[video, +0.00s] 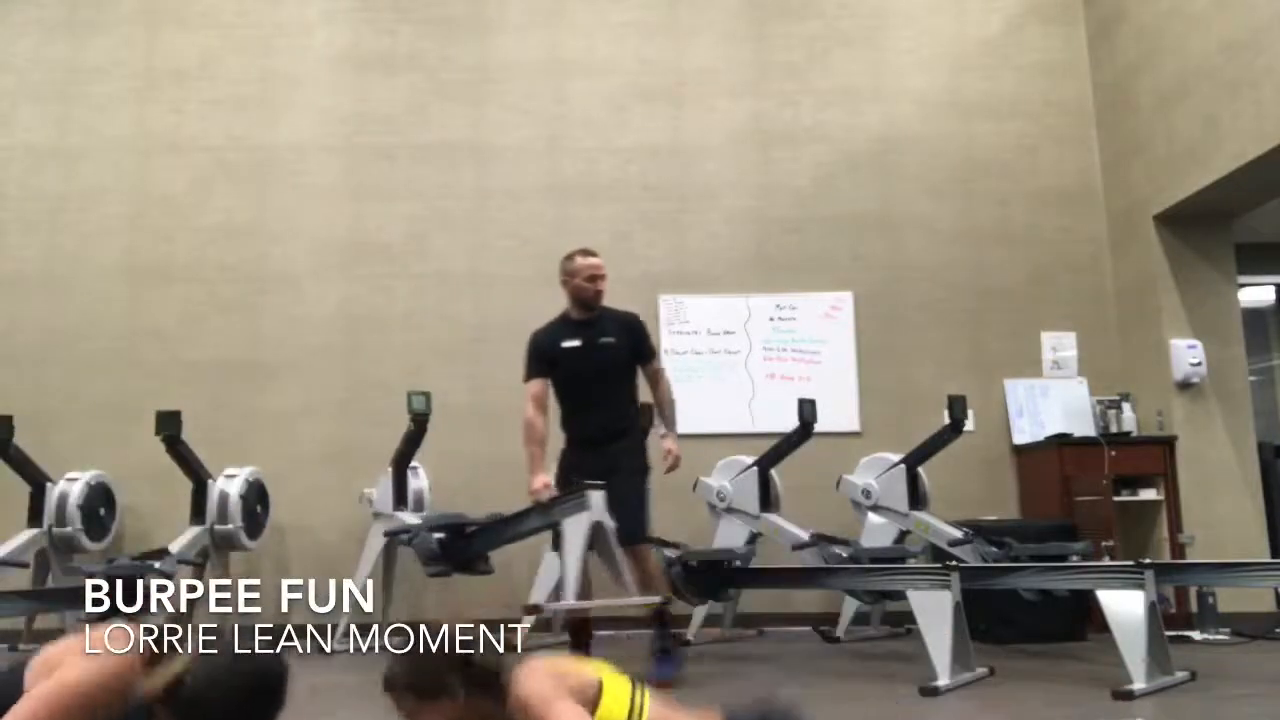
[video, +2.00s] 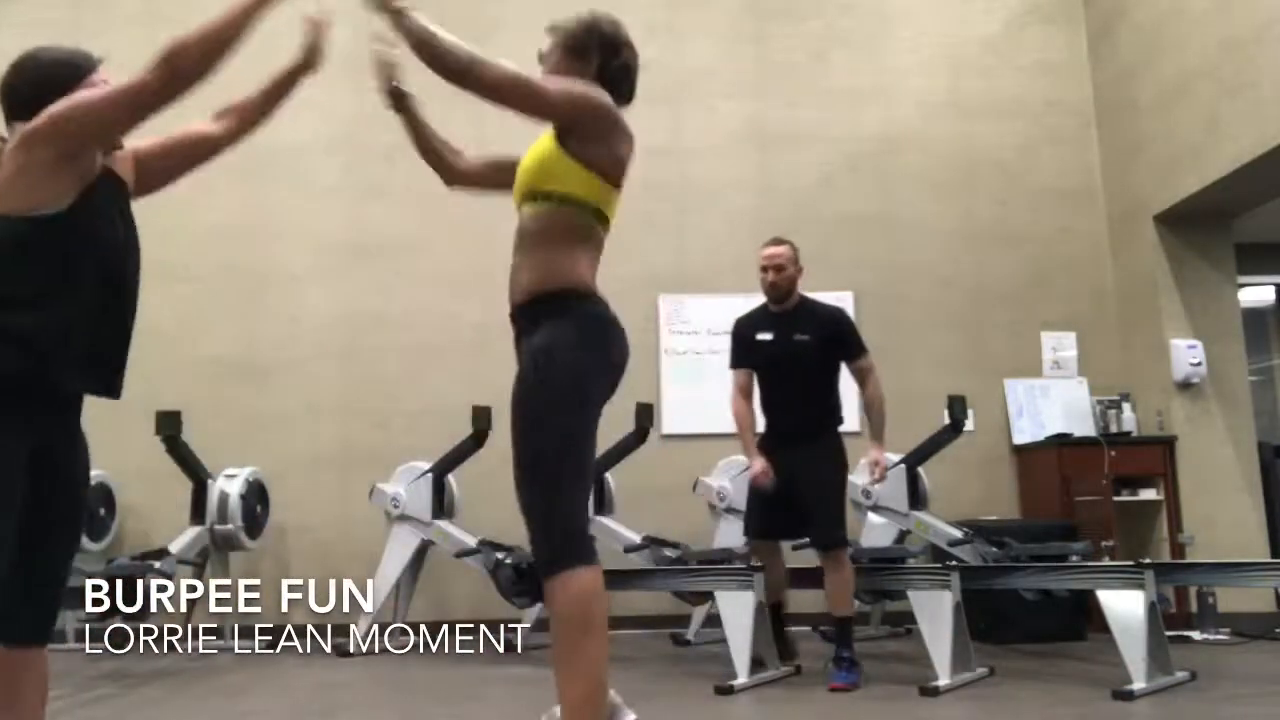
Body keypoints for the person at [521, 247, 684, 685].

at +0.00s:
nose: (599, 285)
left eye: (602, 278)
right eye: (590, 279)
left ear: (606, 280)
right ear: (566, 283)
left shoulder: (629, 327)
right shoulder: (545, 340)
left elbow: (657, 380)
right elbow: (536, 408)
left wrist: (670, 432)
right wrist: (537, 472)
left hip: (626, 450)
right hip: (579, 452)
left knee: (635, 543)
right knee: (570, 550)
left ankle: (665, 639)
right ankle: (580, 651)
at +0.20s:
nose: (652, 294)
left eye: (655, 287)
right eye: (643, 289)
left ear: (660, 288)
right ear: (621, 294)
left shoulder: (685, 333)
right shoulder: (605, 348)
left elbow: (717, 388)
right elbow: (593, 418)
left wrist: (726, 447)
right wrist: (594, 480)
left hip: (684, 457)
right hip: (634, 460)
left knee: (696, 552)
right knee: (611, 554)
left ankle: (718, 647)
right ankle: (587, 651)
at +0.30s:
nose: (663, 300)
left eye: (666, 291)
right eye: (653, 294)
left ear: (671, 290)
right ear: (632, 298)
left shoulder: (701, 331)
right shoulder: (621, 352)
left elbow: (738, 383)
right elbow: (615, 423)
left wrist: (755, 441)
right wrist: (619, 488)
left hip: (701, 456)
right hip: (653, 460)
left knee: (709, 550)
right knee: (642, 549)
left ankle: (719, 644)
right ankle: (643, 645)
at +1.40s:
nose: (673, 301)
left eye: (677, 293)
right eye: (664, 297)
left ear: (688, 293)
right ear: (653, 304)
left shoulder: (726, 328)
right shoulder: (650, 358)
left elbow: (761, 377)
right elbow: (643, 422)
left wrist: (776, 430)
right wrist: (651, 462)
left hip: (744, 450)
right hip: (696, 460)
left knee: (772, 521)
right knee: (696, 550)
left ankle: (740, 596)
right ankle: (703, 643)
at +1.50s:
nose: (687, 297)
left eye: (691, 288)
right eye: (678, 292)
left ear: (701, 290)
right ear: (666, 299)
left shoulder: (737, 327)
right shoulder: (659, 354)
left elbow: (771, 378)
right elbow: (650, 419)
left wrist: (785, 432)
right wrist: (656, 472)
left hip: (752, 450)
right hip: (703, 458)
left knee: (785, 523)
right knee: (700, 551)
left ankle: (787, 620)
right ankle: (703, 643)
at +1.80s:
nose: (749, 289)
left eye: (756, 281)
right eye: (742, 282)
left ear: (770, 283)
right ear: (732, 287)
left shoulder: (803, 331)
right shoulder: (720, 341)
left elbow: (834, 388)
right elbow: (706, 409)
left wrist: (845, 452)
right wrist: (704, 474)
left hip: (799, 458)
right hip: (748, 460)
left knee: (819, 550)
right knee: (730, 553)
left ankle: (843, 652)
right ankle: (710, 644)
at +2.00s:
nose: (771, 276)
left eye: (779, 268)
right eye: (764, 269)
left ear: (799, 272)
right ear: (758, 275)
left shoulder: (831, 320)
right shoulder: (747, 327)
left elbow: (868, 379)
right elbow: (741, 395)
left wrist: (876, 445)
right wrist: (752, 454)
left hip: (823, 448)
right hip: (773, 450)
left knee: (833, 548)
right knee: (762, 542)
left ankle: (844, 652)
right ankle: (778, 642)